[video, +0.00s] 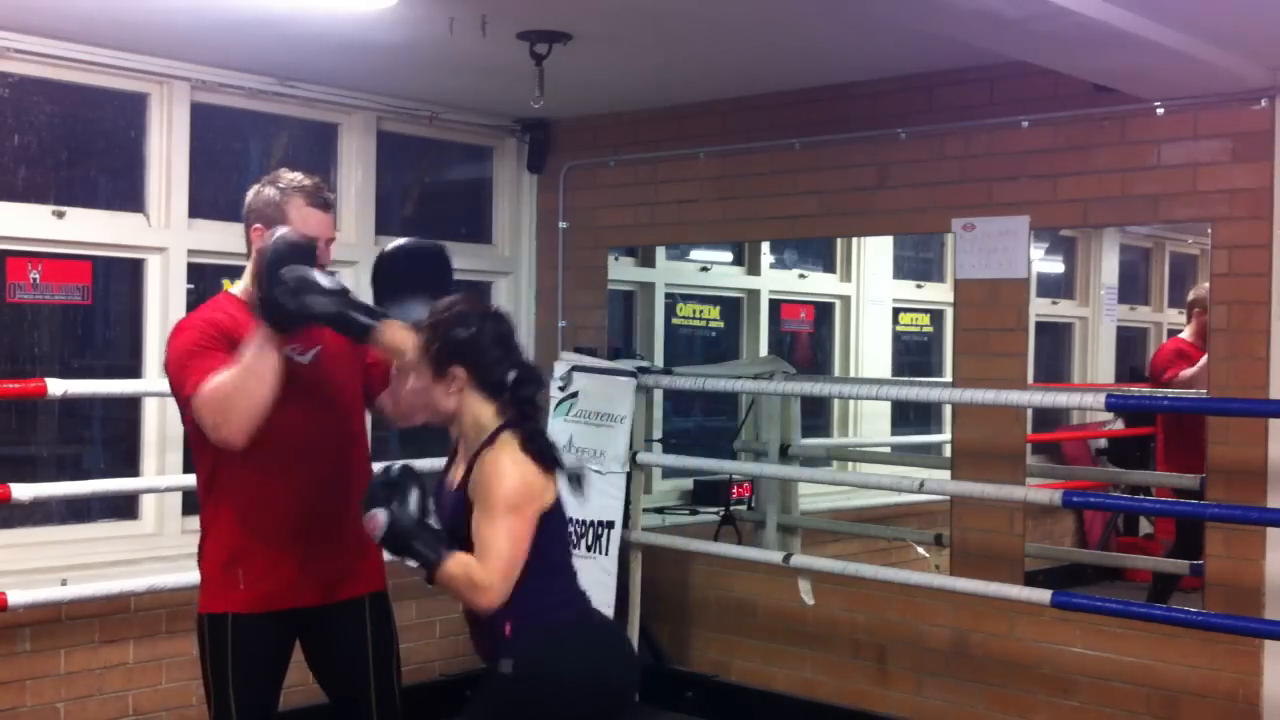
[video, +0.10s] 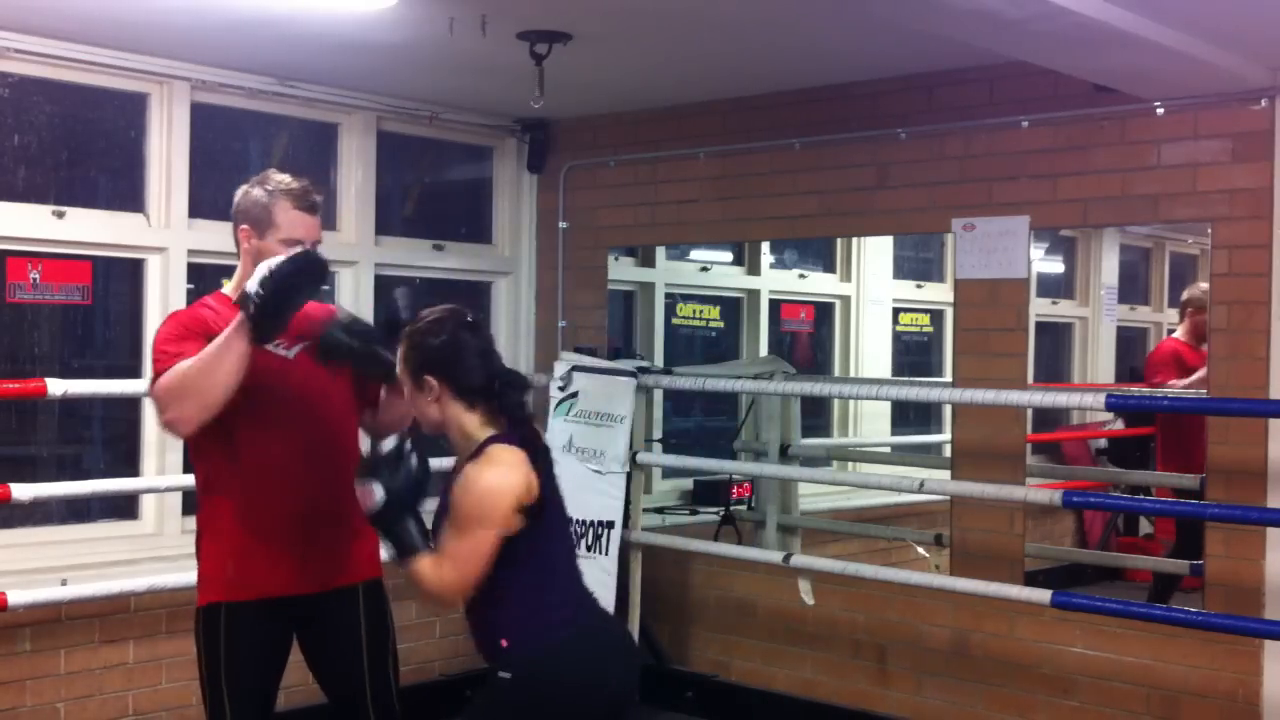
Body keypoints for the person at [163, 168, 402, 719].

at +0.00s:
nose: (320, 262)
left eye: (329, 246)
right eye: (307, 245)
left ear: (336, 242)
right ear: (260, 238)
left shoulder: (343, 330)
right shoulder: (203, 331)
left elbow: (403, 407)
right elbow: (229, 424)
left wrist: (408, 329)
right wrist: (272, 319)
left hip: (348, 582)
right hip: (246, 591)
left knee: (378, 710)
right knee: (241, 714)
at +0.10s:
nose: (307, 260)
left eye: (314, 246)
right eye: (292, 245)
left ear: (321, 242)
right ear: (246, 239)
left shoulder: (333, 324)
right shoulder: (193, 324)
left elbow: (386, 421)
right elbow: (180, 414)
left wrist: (396, 372)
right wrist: (253, 318)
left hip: (344, 577)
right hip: (242, 585)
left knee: (375, 709)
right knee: (238, 713)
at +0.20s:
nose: (306, 256)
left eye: (312, 241)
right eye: (290, 239)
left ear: (316, 242)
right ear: (245, 239)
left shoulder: (331, 330)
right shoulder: (188, 333)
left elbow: (369, 424)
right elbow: (180, 435)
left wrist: (402, 438)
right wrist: (255, 335)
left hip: (338, 578)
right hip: (236, 589)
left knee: (371, 708)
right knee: (231, 715)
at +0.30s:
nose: (312, 259)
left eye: (317, 245)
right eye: (296, 242)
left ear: (322, 247)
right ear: (250, 242)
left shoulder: (324, 333)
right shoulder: (194, 341)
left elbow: (353, 440)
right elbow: (208, 452)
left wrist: (388, 493)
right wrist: (296, 376)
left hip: (333, 581)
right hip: (233, 594)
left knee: (368, 708)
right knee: (233, 714)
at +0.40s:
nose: (328, 264)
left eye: (333, 250)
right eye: (313, 247)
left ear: (333, 253)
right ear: (267, 245)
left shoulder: (318, 335)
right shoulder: (214, 341)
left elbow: (311, 461)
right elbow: (250, 461)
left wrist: (334, 541)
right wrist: (335, 396)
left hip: (325, 581)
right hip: (233, 597)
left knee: (366, 707)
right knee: (236, 714)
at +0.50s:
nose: (352, 268)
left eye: (357, 254)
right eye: (337, 250)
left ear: (360, 253)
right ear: (291, 247)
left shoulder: (317, 338)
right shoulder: (248, 336)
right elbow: (296, 462)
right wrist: (363, 396)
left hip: (323, 580)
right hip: (239, 593)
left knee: (365, 704)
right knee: (240, 713)